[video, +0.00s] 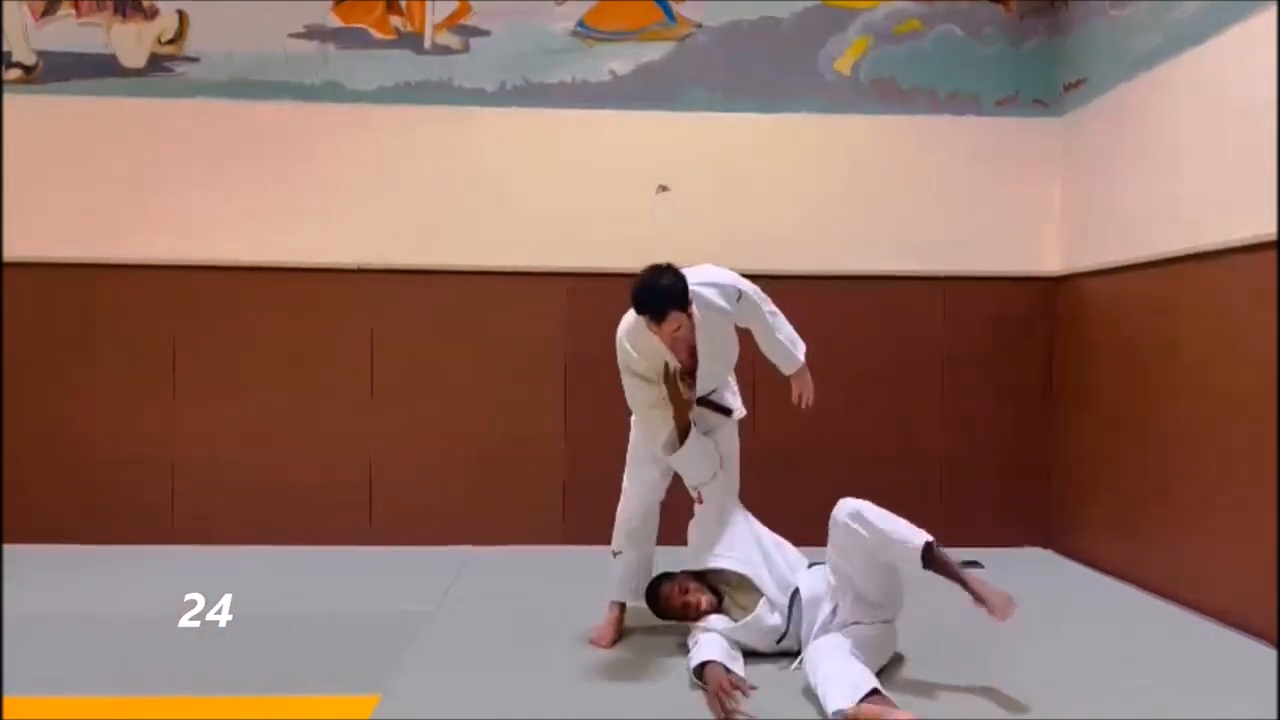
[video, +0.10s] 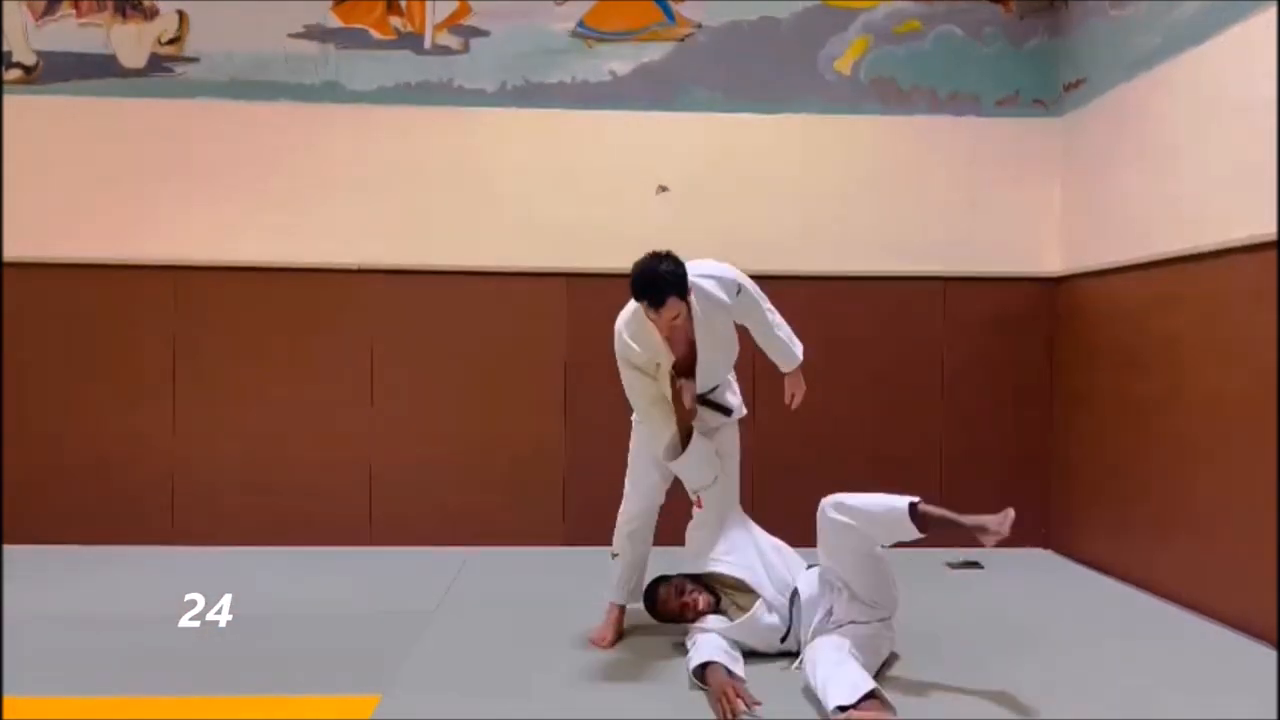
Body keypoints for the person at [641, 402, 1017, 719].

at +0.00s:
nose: (689, 602)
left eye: (682, 592)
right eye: (681, 609)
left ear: (689, 573)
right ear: (684, 617)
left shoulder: (725, 542)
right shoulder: (718, 626)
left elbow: (713, 475)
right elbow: (707, 644)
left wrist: (687, 414)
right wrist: (711, 670)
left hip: (857, 585)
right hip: (845, 638)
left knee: (849, 512)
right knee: (820, 658)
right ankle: (878, 708)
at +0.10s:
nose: (688, 601)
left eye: (682, 591)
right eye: (679, 609)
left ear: (690, 576)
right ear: (683, 618)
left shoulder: (730, 550)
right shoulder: (713, 627)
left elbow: (714, 480)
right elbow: (706, 647)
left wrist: (686, 426)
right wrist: (715, 675)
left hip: (852, 585)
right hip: (842, 639)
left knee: (834, 510)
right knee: (819, 658)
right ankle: (870, 709)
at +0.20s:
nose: (686, 602)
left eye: (680, 592)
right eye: (677, 610)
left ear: (688, 577)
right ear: (681, 621)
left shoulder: (727, 543)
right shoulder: (710, 628)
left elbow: (712, 480)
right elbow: (704, 651)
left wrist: (683, 430)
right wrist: (717, 673)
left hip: (847, 585)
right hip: (839, 636)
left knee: (825, 507)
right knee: (819, 657)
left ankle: (957, 495)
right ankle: (868, 710)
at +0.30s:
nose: (679, 599)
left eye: (673, 590)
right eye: (672, 609)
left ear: (683, 575)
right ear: (678, 621)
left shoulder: (720, 542)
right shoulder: (709, 627)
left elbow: (708, 475)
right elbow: (707, 653)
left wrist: (686, 423)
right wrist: (727, 675)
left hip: (848, 582)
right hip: (840, 635)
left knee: (813, 505)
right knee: (818, 658)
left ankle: (929, 471)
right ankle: (867, 707)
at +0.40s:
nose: (679, 598)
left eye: (671, 589)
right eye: (671, 608)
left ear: (679, 576)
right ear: (678, 621)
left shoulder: (720, 546)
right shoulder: (705, 632)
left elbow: (704, 485)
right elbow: (715, 660)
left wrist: (680, 427)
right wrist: (751, 664)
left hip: (845, 581)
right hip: (841, 634)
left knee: (804, 504)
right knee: (819, 655)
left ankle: (908, 451)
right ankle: (864, 704)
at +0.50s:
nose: (677, 597)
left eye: (669, 590)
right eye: (670, 608)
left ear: (676, 577)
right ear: (676, 621)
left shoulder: (713, 545)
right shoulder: (705, 633)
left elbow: (707, 485)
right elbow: (729, 661)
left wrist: (685, 425)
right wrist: (774, 650)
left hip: (844, 580)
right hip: (839, 635)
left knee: (801, 504)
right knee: (821, 668)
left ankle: (894, 437)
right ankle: (862, 703)